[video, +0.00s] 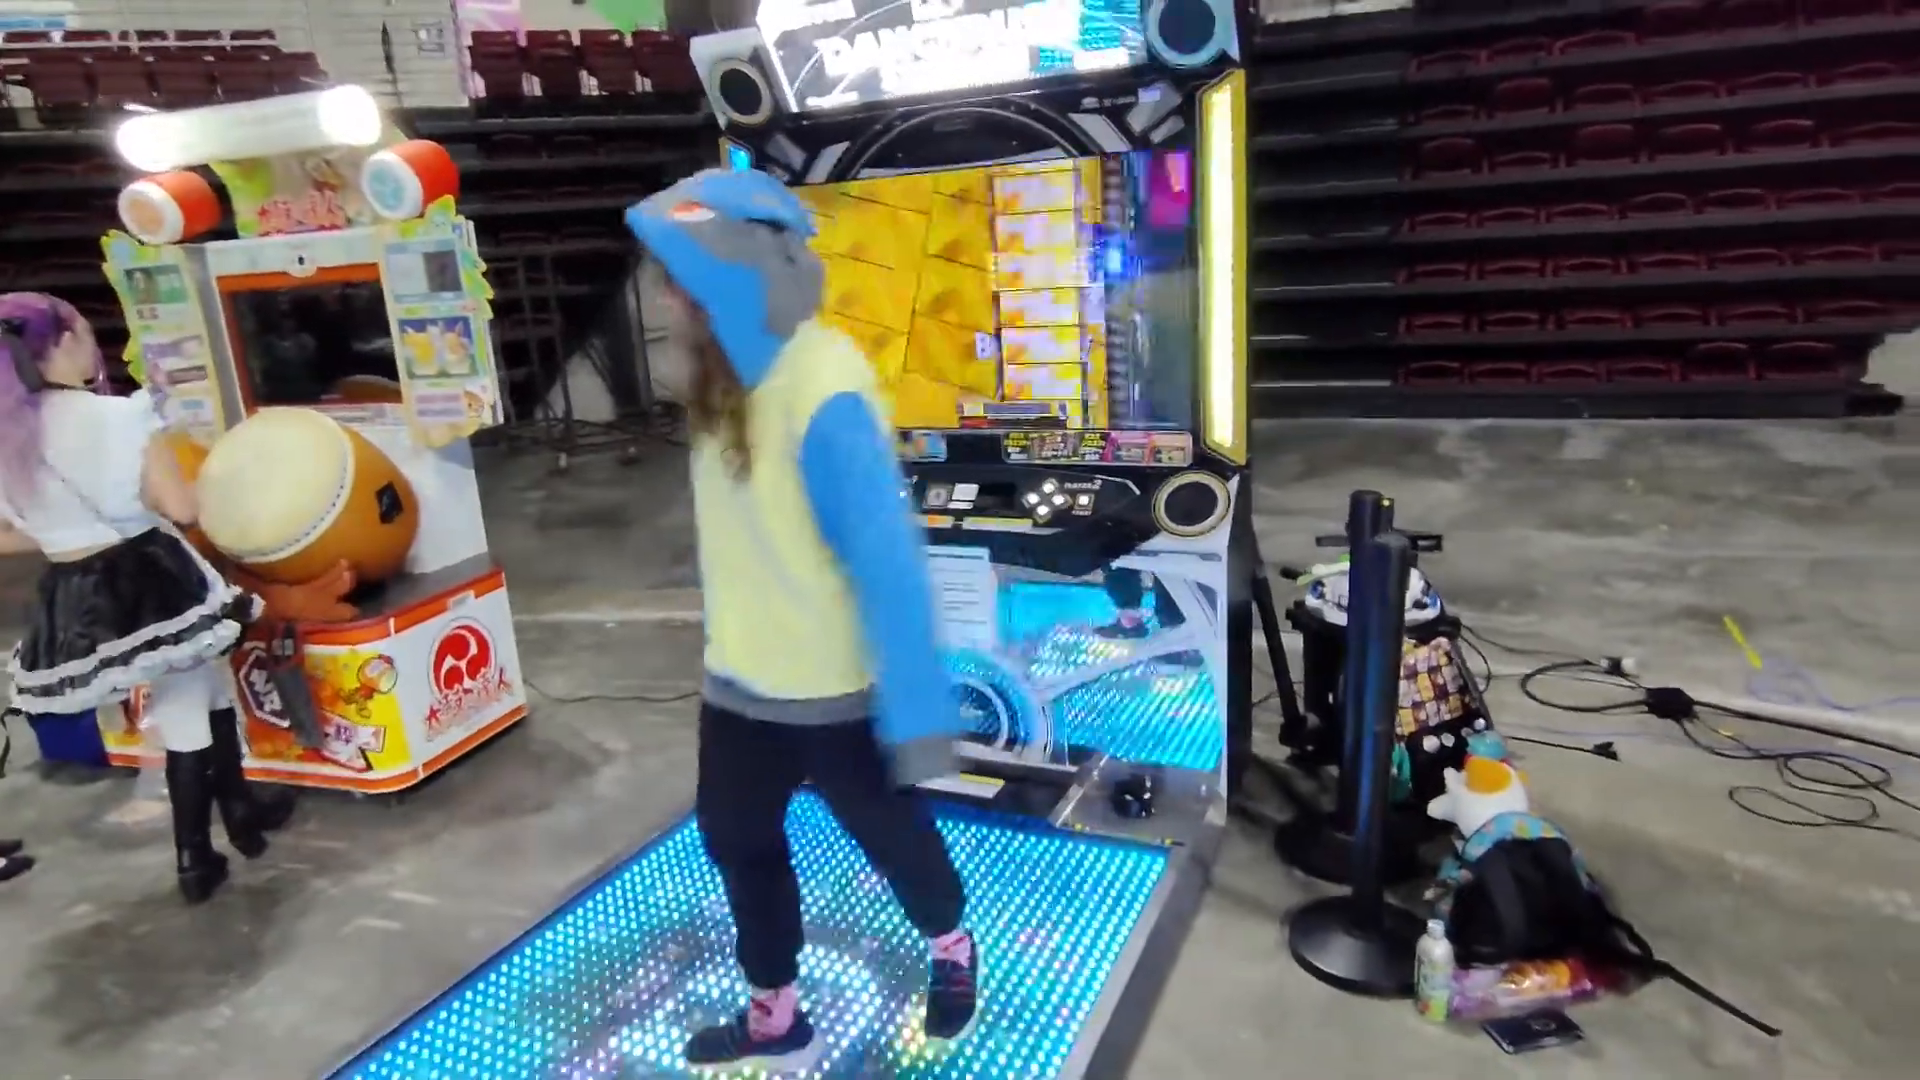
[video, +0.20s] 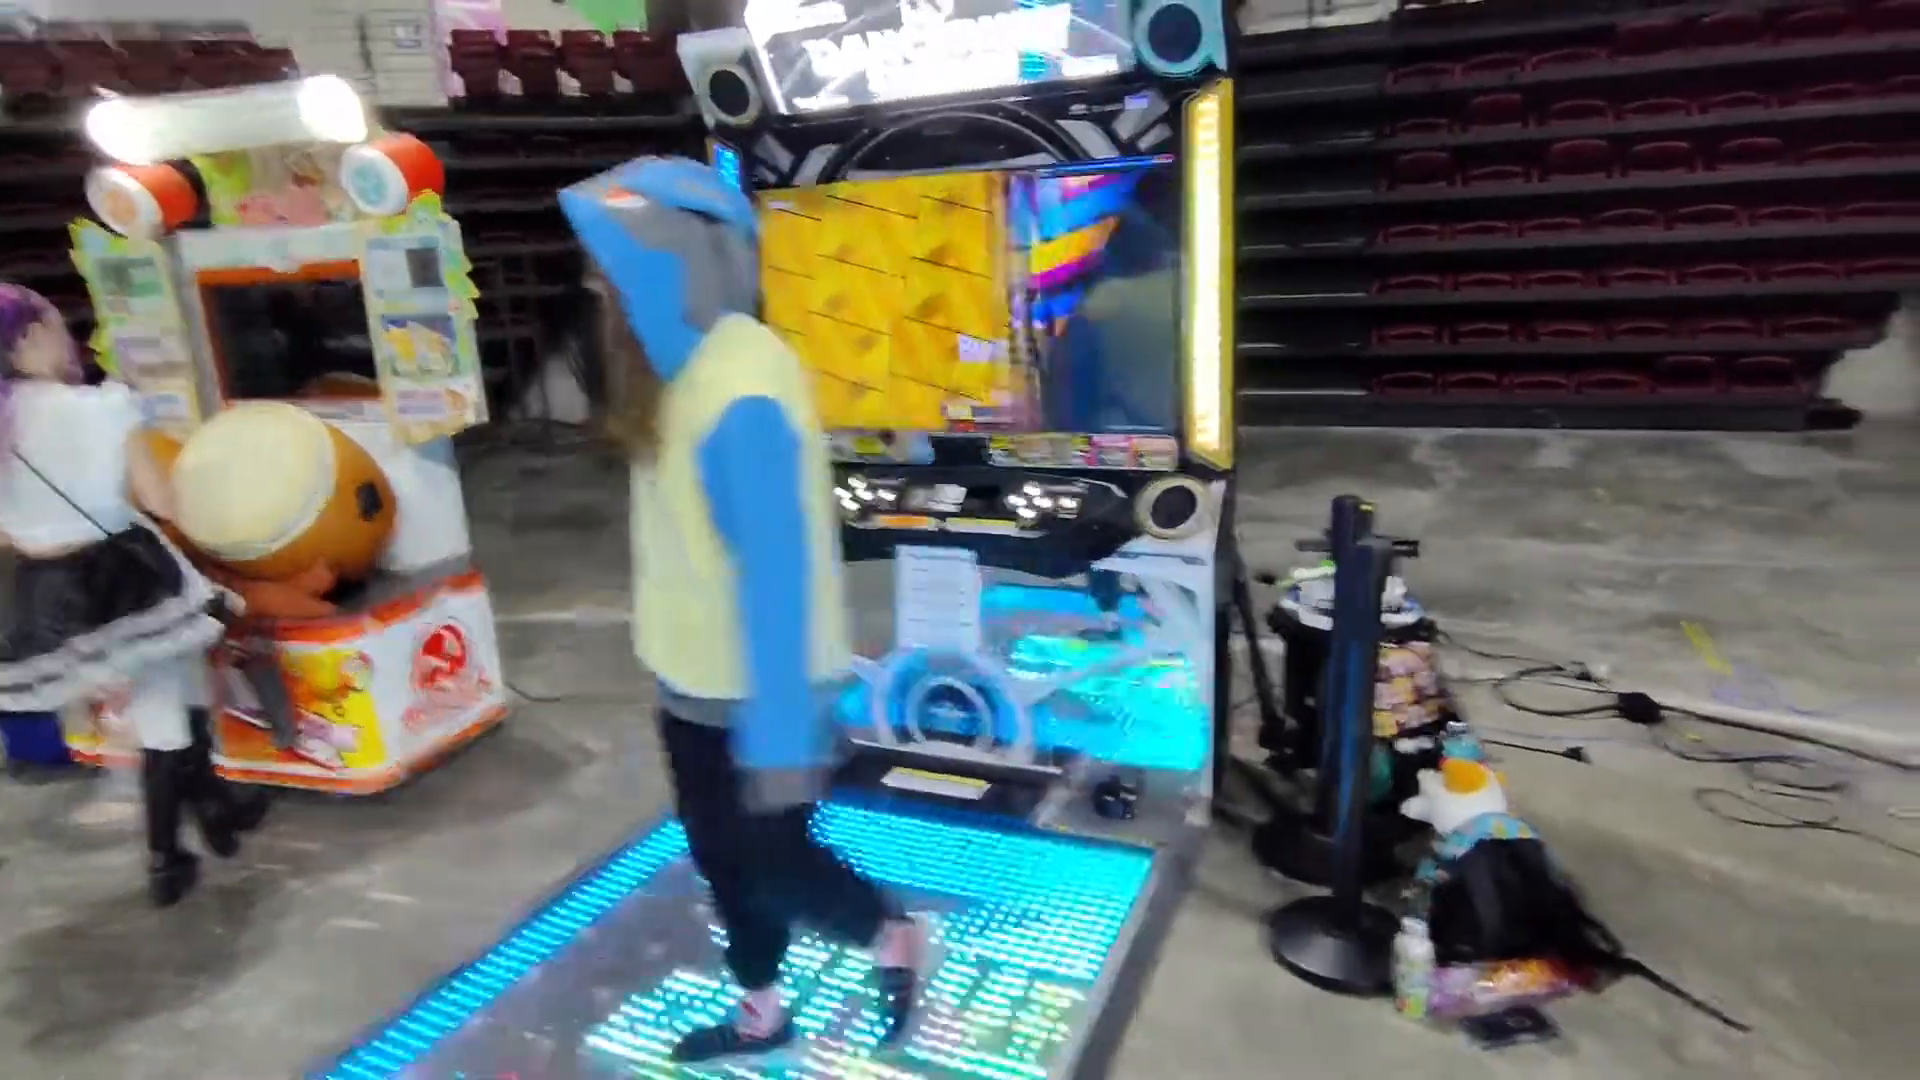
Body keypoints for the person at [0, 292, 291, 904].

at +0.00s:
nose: (94, 343)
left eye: (86, 332)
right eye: (84, 334)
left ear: (31, 357)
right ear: (58, 348)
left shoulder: (14, 430)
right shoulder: (117, 418)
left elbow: (11, 535)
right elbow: (179, 506)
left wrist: (69, 535)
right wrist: (222, 477)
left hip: (78, 593)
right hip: (148, 582)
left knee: (209, 675)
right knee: (184, 706)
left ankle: (243, 808)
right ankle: (194, 858)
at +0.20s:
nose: (67, 340)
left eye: (60, 328)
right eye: (56, 329)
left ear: (13, 347)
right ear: (28, 342)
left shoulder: (7, 417)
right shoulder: (103, 409)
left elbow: (13, 535)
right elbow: (157, 498)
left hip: (45, 589)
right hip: (121, 578)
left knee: (173, 674)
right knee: (164, 700)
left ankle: (218, 807)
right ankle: (165, 855)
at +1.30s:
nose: (30, 218)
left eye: (23, 206)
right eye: (21, 208)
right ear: (7, 221)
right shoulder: (73, 291)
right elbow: (126, 390)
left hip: (19, 475)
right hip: (95, 464)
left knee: (152, 543)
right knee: (144, 576)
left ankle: (199, 686)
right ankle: (153, 732)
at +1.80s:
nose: (60, 200)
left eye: (55, 189)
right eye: (52, 190)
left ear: (8, 206)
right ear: (29, 199)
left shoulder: (5, 282)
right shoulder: (102, 271)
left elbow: (9, 393)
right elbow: (151, 369)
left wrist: (51, 393)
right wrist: (140, 313)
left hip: (56, 443)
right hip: (128, 432)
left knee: (179, 535)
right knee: (168, 560)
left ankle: (225, 658)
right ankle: (183, 706)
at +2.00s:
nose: (65, 195)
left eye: (59, 184)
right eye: (57, 185)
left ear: (11, 204)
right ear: (33, 196)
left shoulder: (5, 283)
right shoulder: (106, 267)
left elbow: (10, 389)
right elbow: (156, 365)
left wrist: (58, 386)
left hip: (62, 440)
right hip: (134, 426)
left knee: (181, 533)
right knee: (175, 550)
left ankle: (233, 654)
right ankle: (190, 702)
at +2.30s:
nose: (35, 203)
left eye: (29, 190)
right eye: (29, 191)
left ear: (3, 197)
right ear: (10, 196)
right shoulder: (80, 276)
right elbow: (134, 374)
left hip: (22, 456)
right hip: (102, 444)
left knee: (157, 533)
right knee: (152, 554)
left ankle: (210, 666)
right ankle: (167, 711)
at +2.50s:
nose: (16, 199)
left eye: (12, 185)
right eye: (11, 186)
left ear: (3, 194)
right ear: (2, 198)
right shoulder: (64, 279)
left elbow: (116, 372)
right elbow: (121, 378)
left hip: (14, 465)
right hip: (88, 452)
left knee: (139, 536)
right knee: (136, 551)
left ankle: (194, 672)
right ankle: (151, 715)